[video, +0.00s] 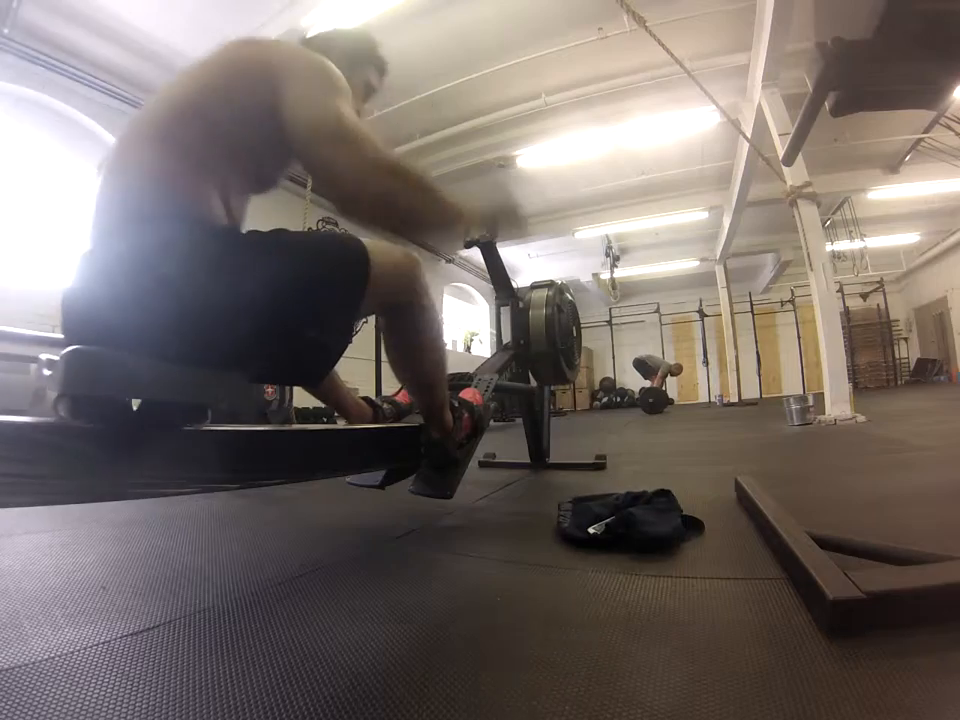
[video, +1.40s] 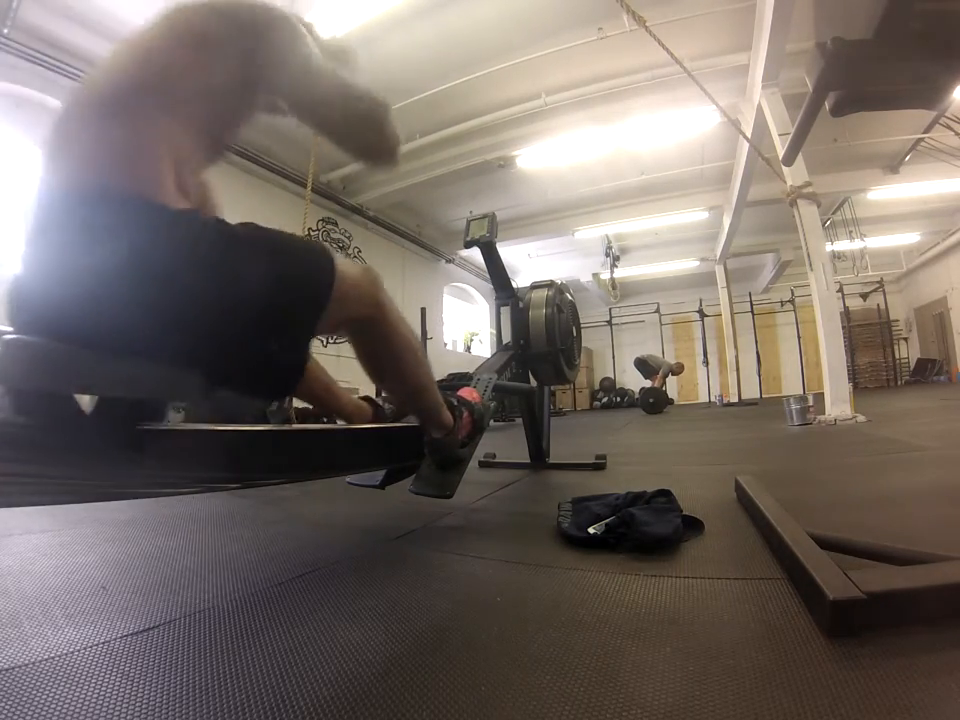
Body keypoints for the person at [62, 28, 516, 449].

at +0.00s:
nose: (362, 115)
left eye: (370, 102)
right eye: (366, 93)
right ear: (342, 61)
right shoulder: (298, 66)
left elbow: (242, 279)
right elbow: (360, 178)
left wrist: (341, 401)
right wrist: (463, 218)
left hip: (100, 294)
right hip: (170, 279)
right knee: (401, 274)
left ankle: (359, 409)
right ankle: (442, 426)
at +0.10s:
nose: (342, 95)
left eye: (349, 86)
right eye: (346, 78)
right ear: (326, 50)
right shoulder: (277, 40)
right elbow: (392, 152)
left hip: (82, 293)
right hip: (163, 275)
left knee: (271, 312)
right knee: (397, 276)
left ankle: (363, 415)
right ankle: (444, 428)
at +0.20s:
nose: (311, 55)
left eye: (308, 41)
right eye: (305, 39)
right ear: (292, 16)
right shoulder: (253, 18)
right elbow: (403, 110)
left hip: (70, 293)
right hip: (154, 271)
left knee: (266, 305)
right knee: (389, 279)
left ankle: (360, 415)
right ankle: (445, 430)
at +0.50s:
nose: (262, 74)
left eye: (269, 69)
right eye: (266, 59)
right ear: (250, 18)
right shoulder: (200, 7)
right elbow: (366, 49)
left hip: (41, 259)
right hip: (119, 247)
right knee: (362, 296)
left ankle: (362, 421)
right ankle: (443, 430)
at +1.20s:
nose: (242, 70)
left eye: (241, 67)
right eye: (238, 56)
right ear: (221, 21)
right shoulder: (199, 4)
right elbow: (351, 72)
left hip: (20, 236)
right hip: (104, 231)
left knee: (241, 329)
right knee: (343, 320)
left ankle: (360, 420)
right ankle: (447, 430)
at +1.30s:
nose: (259, 76)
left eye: (259, 67)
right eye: (259, 53)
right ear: (248, 16)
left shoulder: (124, 36)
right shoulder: (225, 8)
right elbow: (364, 100)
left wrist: (238, 76)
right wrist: (345, 56)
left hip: (30, 254)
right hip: (121, 244)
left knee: (257, 336)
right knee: (351, 305)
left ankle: (363, 418)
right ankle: (446, 426)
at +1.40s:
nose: (311, 68)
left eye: (308, 60)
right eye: (310, 54)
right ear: (284, 33)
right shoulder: (255, 20)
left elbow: (209, 224)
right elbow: (379, 142)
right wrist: (334, 74)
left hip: (49, 276)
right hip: (144, 255)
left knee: (258, 321)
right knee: (361, 292)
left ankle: (358, 414)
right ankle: (445, 427)